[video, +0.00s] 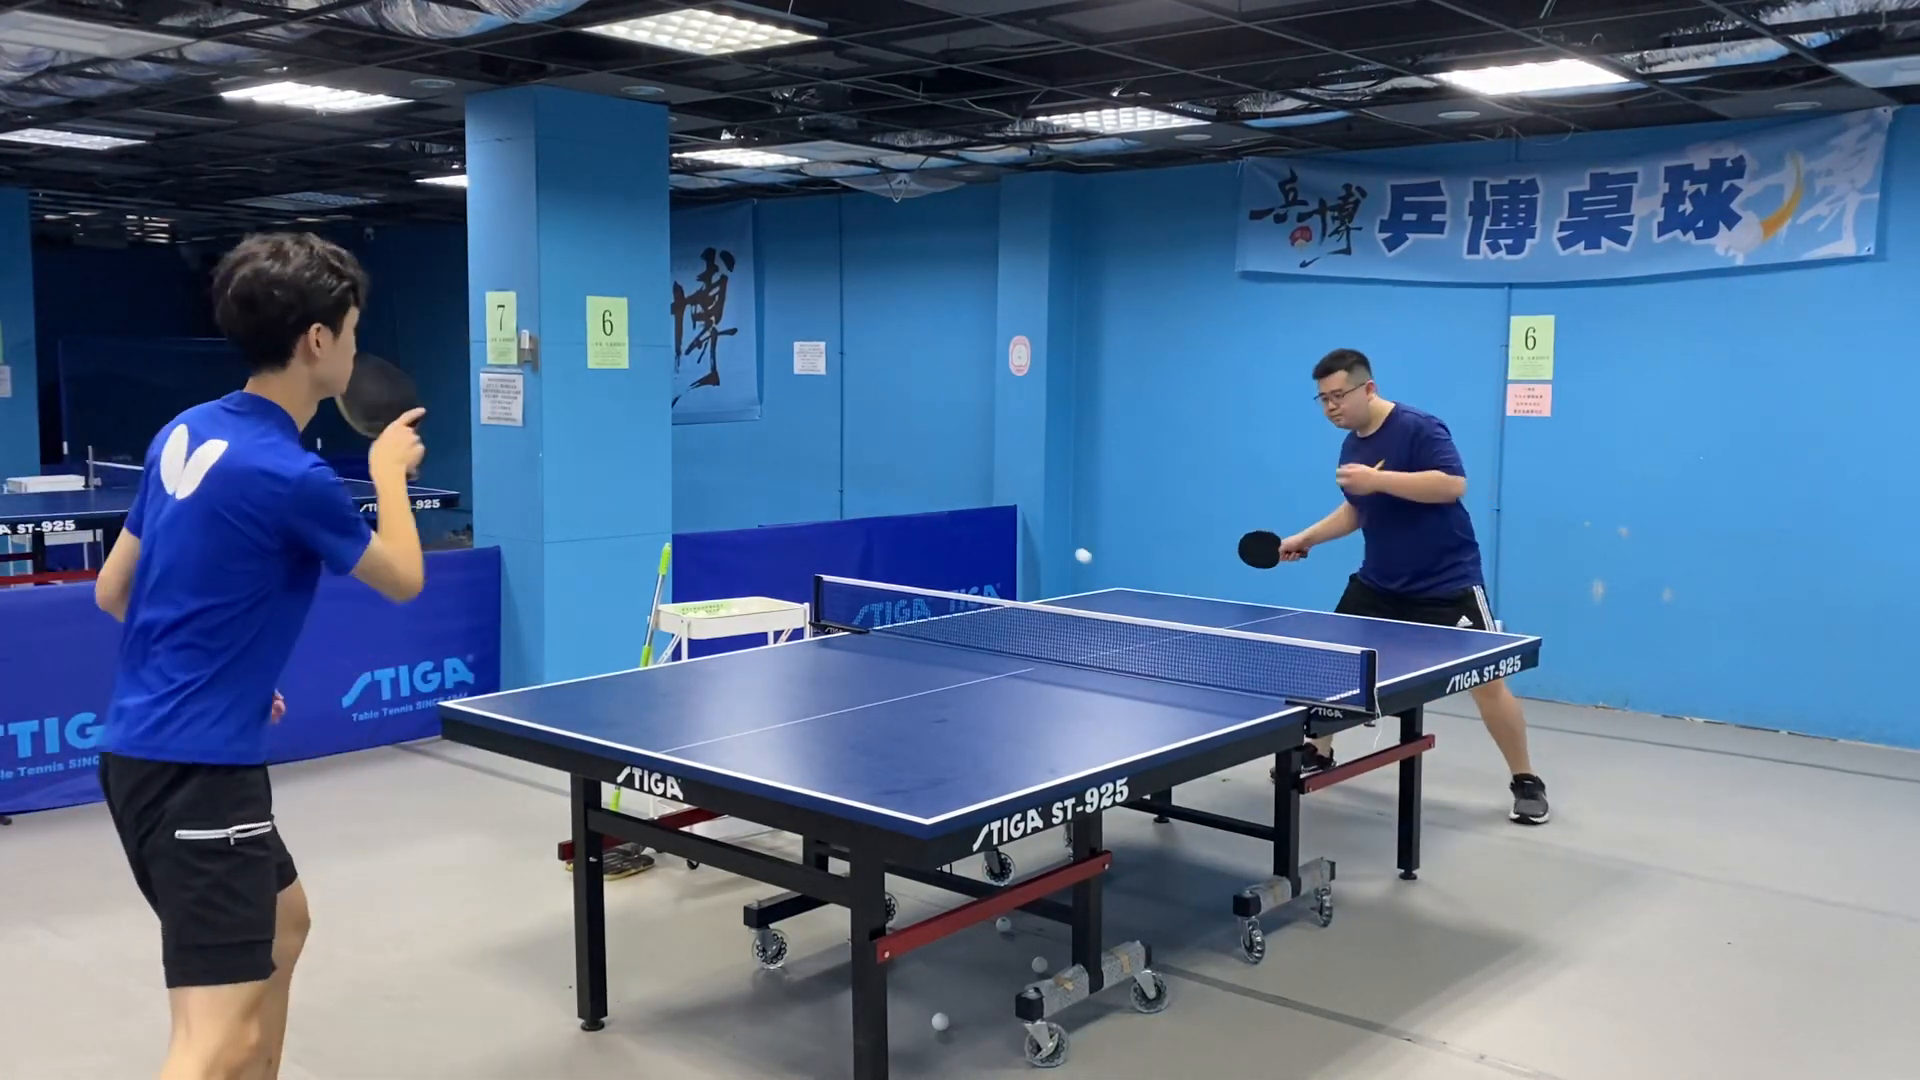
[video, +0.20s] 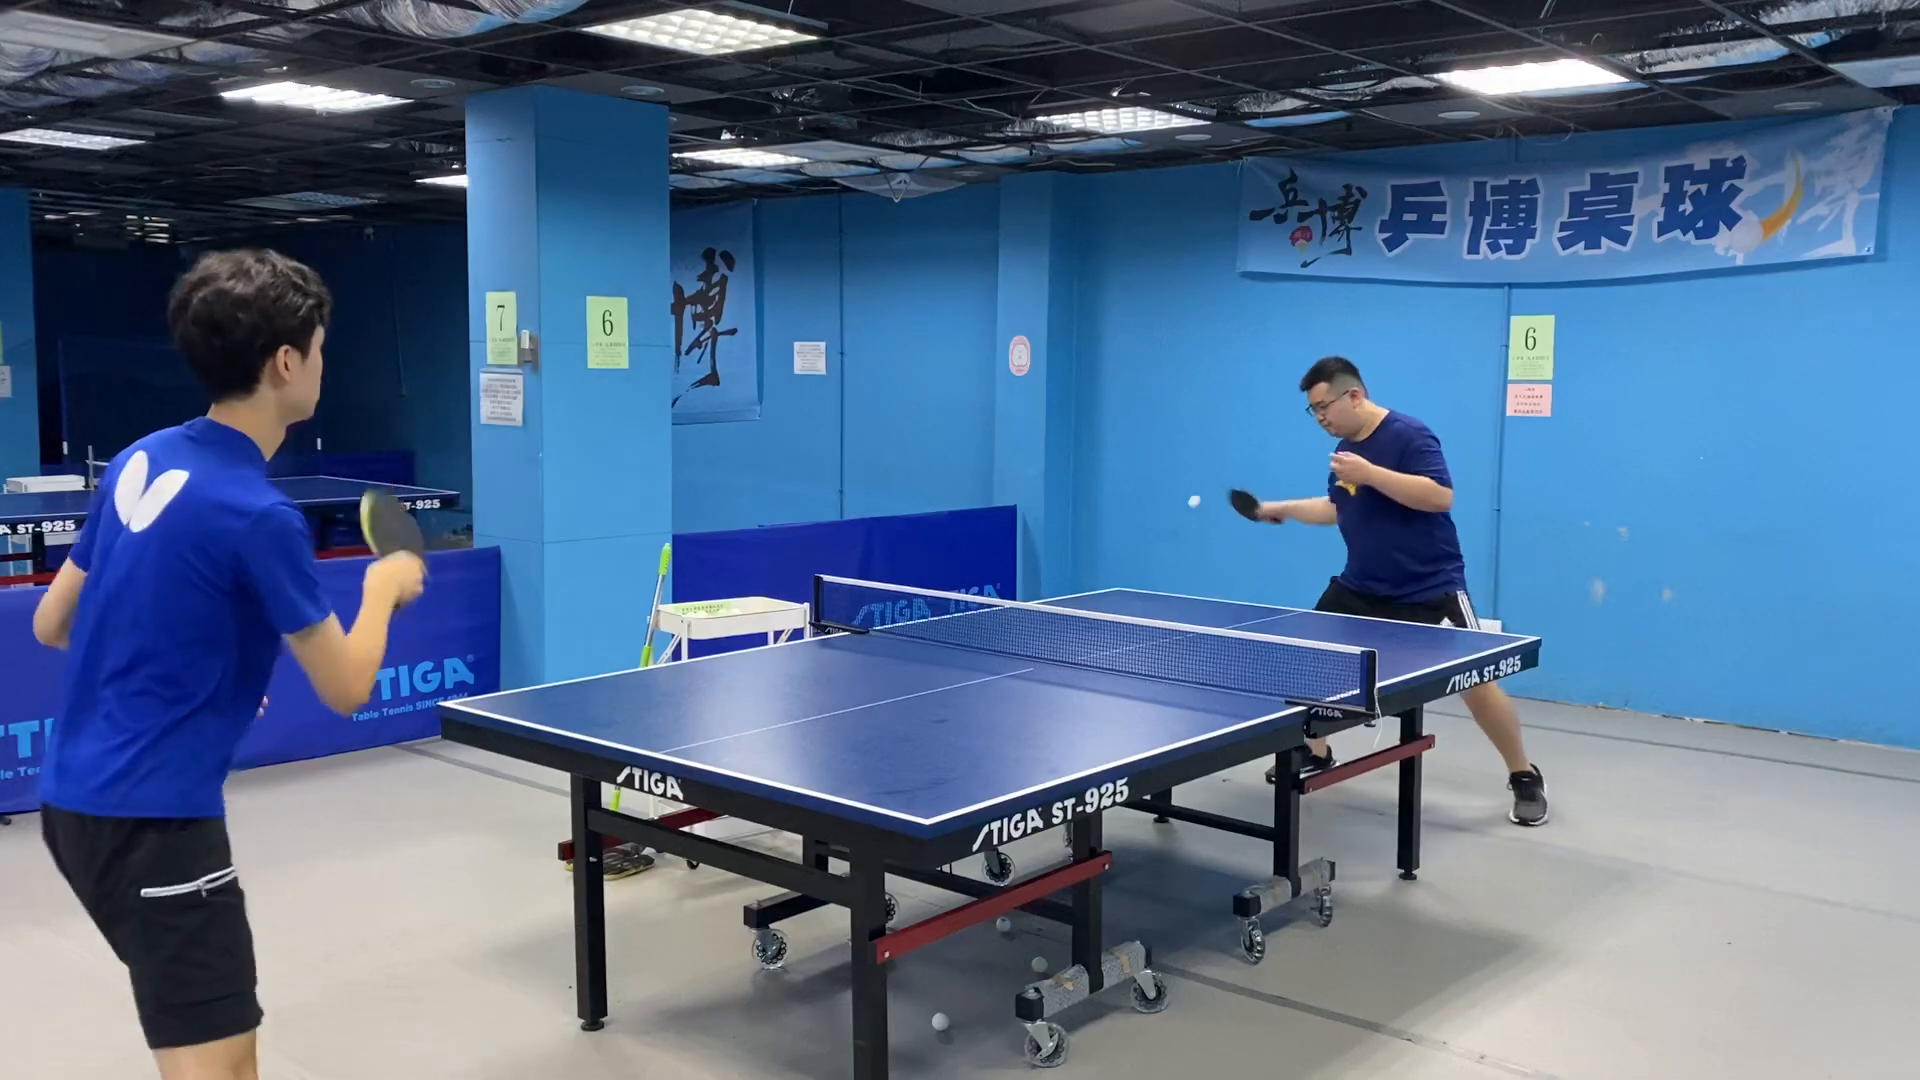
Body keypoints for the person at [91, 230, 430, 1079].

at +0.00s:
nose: (355, 352)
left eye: (353, 331)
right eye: (351, 332)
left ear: (269, 335)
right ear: (313, 341)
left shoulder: (185, 434)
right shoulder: (291, 475)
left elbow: (113, 590)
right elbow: (404, 575)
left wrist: (232, 677)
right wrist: (391, 470)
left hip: (160, 746)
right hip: (198, 766)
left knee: (284, 923)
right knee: (218, 1040)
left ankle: (255, 1074)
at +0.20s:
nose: (323, 369)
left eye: (320, 349)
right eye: (318, 350)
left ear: (211, 357)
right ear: (282, 362)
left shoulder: (139, 462)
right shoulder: (257, 513)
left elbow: (54, 621)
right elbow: (346, 685)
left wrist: (182, 626)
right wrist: (384, 586)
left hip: (80, 803)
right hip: (157, 819)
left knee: (217, 1039)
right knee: (213, 1060)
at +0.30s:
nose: (312, 371)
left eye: (311, 351)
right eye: (309, 351)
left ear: (206, 357)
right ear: (271, 362)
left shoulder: (140, 452)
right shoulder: (214, 512)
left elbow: (50, 604)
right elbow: (271, 724)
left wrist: (182, 625)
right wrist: (389, 669)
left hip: (47, 792)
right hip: (108, 818)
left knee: (163, 1050)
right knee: (201, 1062)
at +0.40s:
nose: (296, 393)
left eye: (295, 374)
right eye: (293, 375)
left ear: (224, 385)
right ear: (249, 387)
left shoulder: (165, 485)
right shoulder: (141, 539)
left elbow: (153, 632)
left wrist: (267, 669)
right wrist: (320, 759)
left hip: (119, 802)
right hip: (62, 836)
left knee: (182, 954)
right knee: (179, 1065)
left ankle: (91, 1066)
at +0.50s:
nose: (266, 441)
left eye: (265, 421)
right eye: (263, 422)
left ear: (206, 436)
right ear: (218, 434)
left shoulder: (193, 527)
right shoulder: (62, 583)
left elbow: (152, 660)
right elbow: (4, 794)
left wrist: (283, 715)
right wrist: (176, 825)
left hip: (112, 843)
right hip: (32, 867)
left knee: (137, 1010)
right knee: (181, 1066)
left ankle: (33, 1072)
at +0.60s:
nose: (231, 469)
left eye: (232, 449)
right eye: (228, 449)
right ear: (187, 460)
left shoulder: (126, 572)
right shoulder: (49, 610)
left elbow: (99, 735)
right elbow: (10, 834)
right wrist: (158, 799)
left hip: (78, 872)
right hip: (22, 902)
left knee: (92, 1046)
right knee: (191, 1068)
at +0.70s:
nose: (174, 443)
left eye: (175, 423)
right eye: (172, 424)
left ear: (50, 427)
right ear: (132, 438)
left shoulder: (9, 518)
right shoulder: (106, 606)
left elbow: (5, 707)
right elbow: (162, 792)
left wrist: (62, 805)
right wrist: (186, 708)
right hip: (23, 889)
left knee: (43, 1007)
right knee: (205, 1068)